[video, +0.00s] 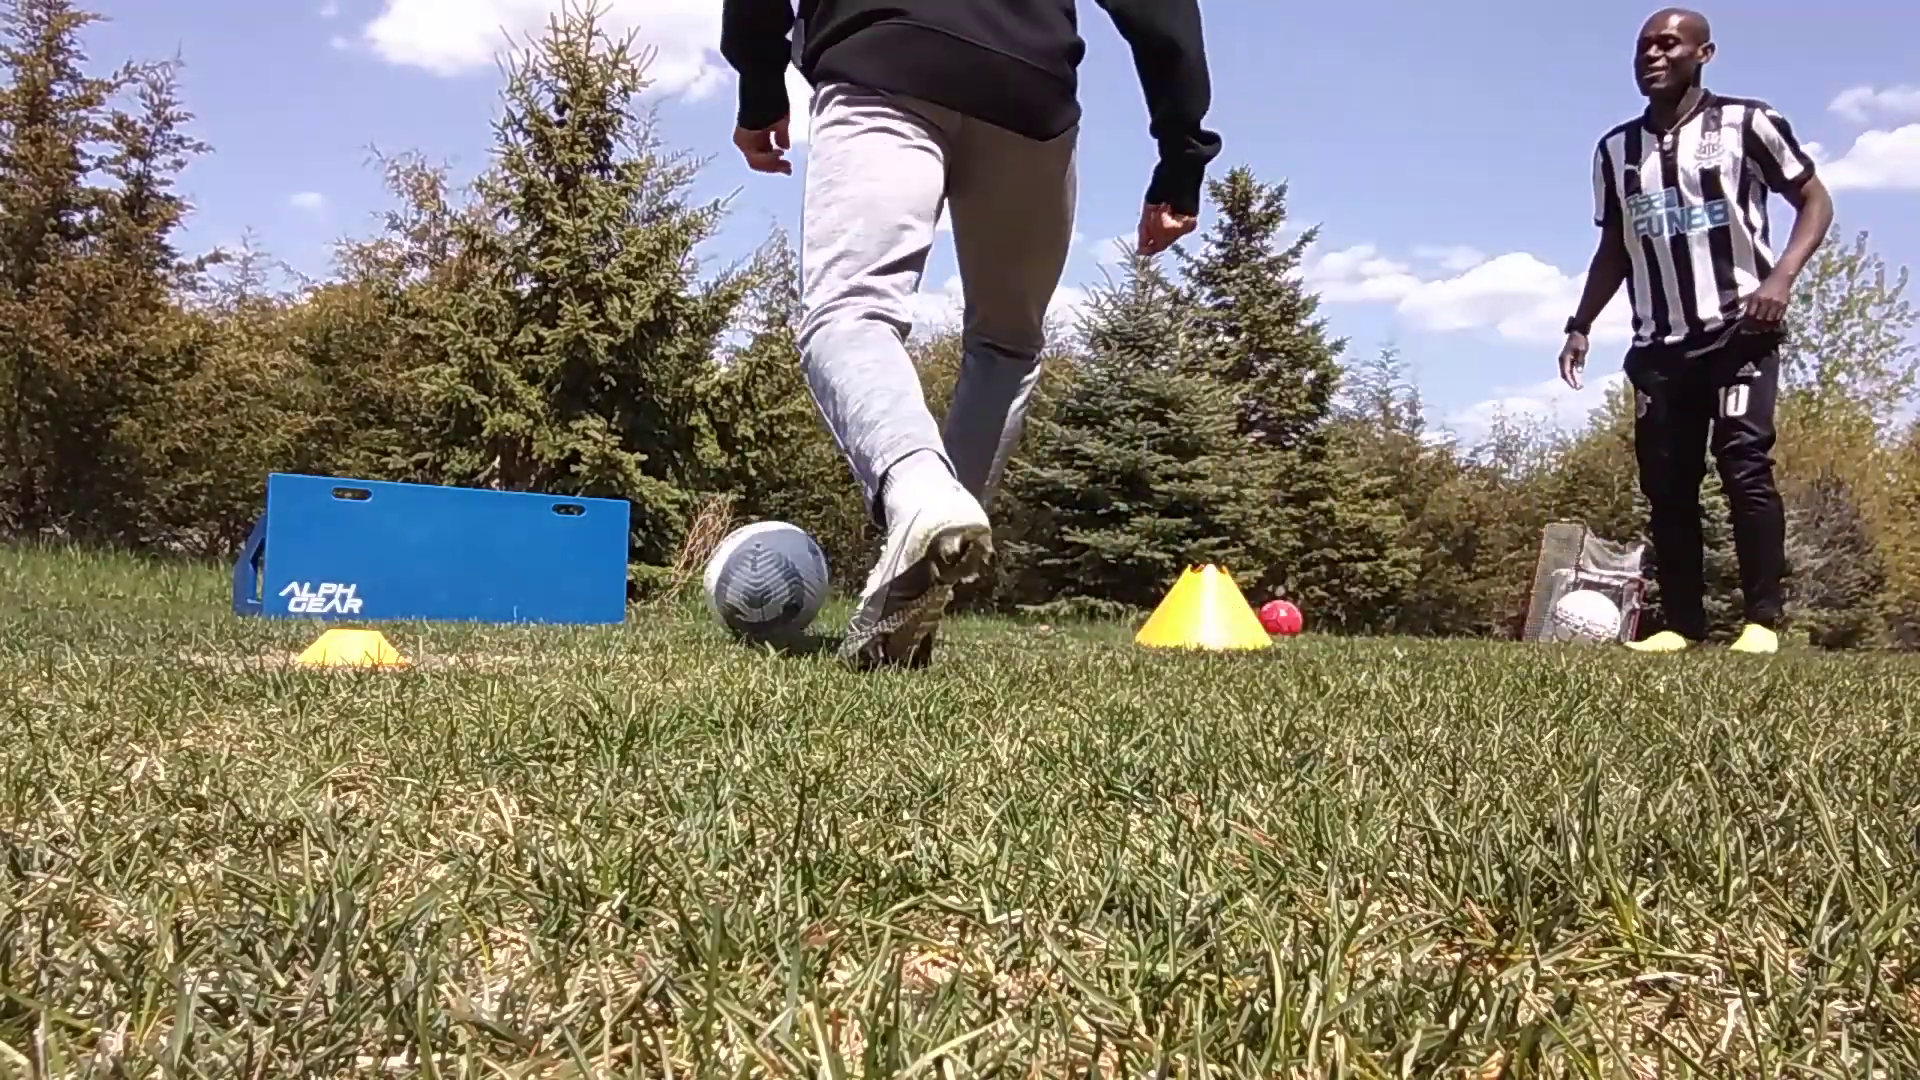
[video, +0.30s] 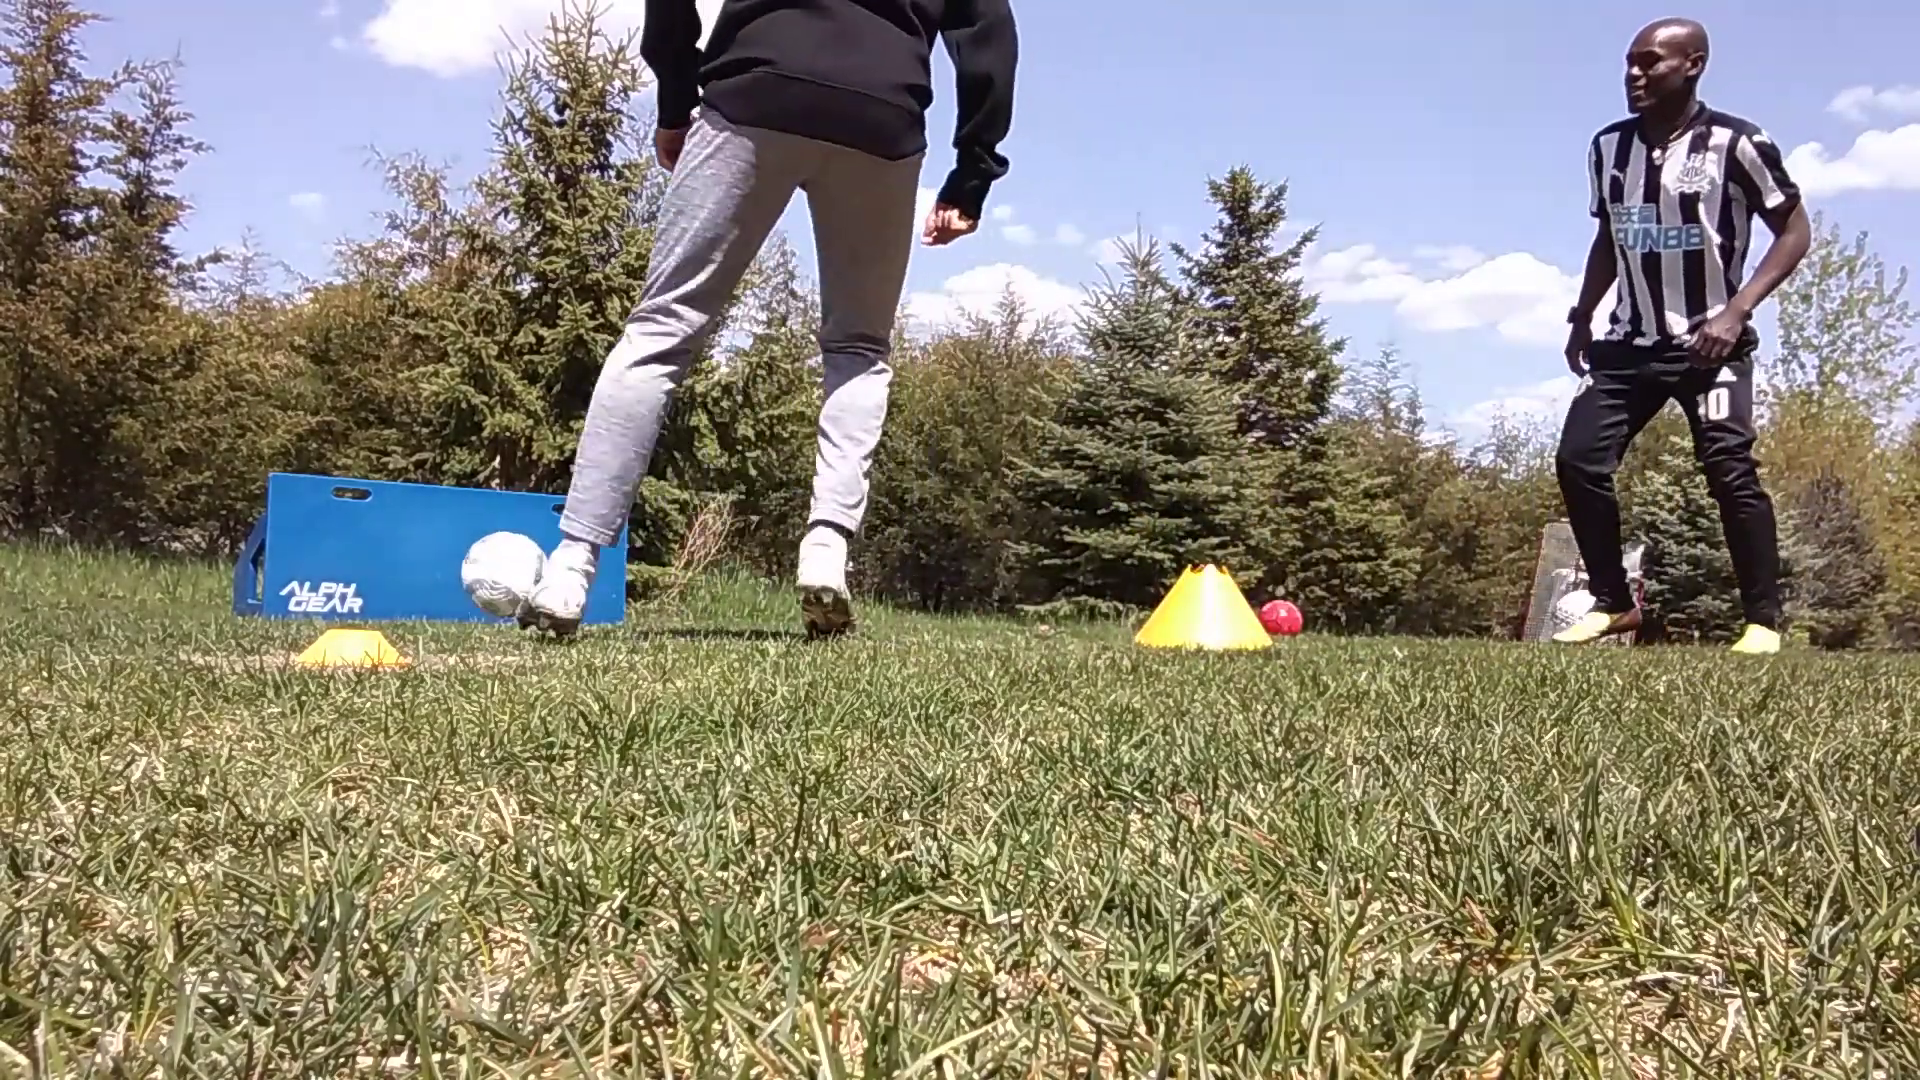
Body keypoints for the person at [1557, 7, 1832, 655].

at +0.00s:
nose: (1653, 54)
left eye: (1669, 44)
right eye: (1646, 46)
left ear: (1704, 53)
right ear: (1636, 61)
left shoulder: (1748, 122)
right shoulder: (1614, 149)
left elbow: (1817, 203)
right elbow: (1614, 247)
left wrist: (1782, 278)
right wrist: (1581, 324)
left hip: (1740, 330)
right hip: (1660, 344)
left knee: (1744, 469)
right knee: (1666, 487)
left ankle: (1762, 621)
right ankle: (1682, 625)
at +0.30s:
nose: (1633, 73)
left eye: (1649, 61)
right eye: (1631, 61)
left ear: (1693, 68)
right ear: (1629, 69)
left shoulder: (1738, 145)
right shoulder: (1608, 148)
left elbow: (1797, 234)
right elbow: (1608, 237)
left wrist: (1738, 309)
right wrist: (1581, 312)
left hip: (1709, 345)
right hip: (1628, 347)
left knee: (1729, 470)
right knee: (1578, 460)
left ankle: (1764, 623)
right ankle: (1612, 603)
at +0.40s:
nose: (1613, 96)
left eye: (1629, 84)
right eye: (1609, 85)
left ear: (1671, 89)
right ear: (1604, 91)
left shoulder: (1720, 165)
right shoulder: (1589, 168)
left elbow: (1776, 252)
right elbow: (1588, 255)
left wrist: (1721, 330)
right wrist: (1557, 332)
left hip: (1693, 356)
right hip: (1611, 357)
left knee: (1717, 476)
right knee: (1539, 468)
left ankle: (1762, 624)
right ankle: (1534, 606)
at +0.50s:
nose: (1578, 117)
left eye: (1592, 105)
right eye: (1573, 107)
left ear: (1634, 108)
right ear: (1569, 113)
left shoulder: (1686, 185)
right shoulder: (1556, 187)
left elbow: (1744, 263)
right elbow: (1559, 269)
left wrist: (1696, 344)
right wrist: (1527, 343)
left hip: (1663, 369)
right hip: (1580, 371)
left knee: (1699, 482)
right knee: (1501, 474)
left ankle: (1760, 625)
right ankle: (1460, 606)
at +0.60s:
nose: (1531, 135)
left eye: (1545, 122)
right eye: (1526, 125)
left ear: (1585, 125)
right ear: (1522, 131)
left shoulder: (1637, 197)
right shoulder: (1508, 202)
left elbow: (1692, 272)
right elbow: (1513, 279)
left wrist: (1654, 350)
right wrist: (1487, 350)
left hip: (1616, 383)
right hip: (1532, 385)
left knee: (1675, 494)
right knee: (1467, 494)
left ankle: (1750, 624)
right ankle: (1423, 619)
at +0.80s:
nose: (1441, 170)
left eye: (1454, 157)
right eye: (1435, 160)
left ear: (1491, 156)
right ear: (1431, 165)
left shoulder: (1545, 211)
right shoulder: (1430, 232)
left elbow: (1611, 277)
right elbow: (1439, 306)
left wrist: (1581, 359)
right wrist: (1408, 379)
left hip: (1556, 378)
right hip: (1484, 386)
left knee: (1603, 490)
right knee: (1430, 492)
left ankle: (1675, 617)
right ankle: (1421, 623)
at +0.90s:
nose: (1425, 168)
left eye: (1437, 155)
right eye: (1418, 158)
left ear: (1473, 153)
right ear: (1414, 162)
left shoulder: (1531, 203)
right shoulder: (1418, 229)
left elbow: (1601, 261)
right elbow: (1433, 303)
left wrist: (1571, 343)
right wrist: (1402, 376)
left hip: (1551, 370)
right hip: (1482, 381)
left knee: (1582, 480)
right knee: (1439, 490)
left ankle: (1641, 617)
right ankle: (1422, 622)